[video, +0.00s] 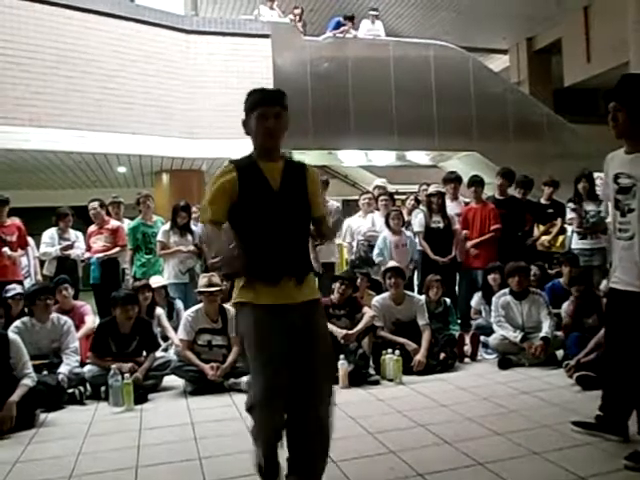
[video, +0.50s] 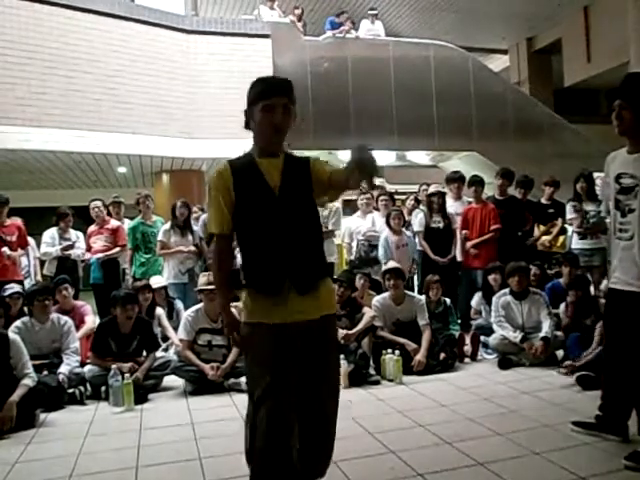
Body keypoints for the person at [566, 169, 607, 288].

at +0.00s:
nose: (583, 185)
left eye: (586, 182)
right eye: (580, 182)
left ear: (591, 185)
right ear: (576, 185)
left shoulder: (601, 203)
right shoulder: (572, 204)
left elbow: (604, 223)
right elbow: (576, 225)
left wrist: (585, 227)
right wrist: (598, 225)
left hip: (598, 248)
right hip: (579, 248)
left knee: (596, 285)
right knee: (579, 284)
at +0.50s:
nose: (582, 186)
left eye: (585, 182)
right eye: (579, 182)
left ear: (590, 185)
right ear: (575, 185)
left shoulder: (600, 204)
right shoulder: (572, 204)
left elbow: (605, 224)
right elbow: (577, 226)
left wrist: (586, 229)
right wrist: (598, 226)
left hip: (598, 246)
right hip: (579, 247)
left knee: (597, 284)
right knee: (579, 283)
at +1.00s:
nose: (583, 185)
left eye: (586, 182)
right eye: (580, 182)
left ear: (591, 184)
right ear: (576, 185)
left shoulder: (600, 201)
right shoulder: (571, 204)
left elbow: (603, 222)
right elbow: (576, 225)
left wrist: (586, 229)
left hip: (598, 247)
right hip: (579, 247)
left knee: (598, 283)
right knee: (580, 283)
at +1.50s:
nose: (584, 186)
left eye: (587, 183)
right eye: (581, 183)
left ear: (591, 185)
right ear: (576, 186)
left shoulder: (601, 202)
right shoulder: (571, 204)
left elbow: (602, 224)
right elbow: (575, 226)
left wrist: (585, 230)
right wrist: (581, 214)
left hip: (598, 247)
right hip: (579, 247)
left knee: (600, 285)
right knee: (579, 285)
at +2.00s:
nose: (585, 187)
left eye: (587, 183)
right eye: (581, 183)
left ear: (591, 185)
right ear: (577, 186)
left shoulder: (600, 201)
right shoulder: (571, 203)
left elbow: (602, 224)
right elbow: (575, 225)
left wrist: (584, 229)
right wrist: (581, 214)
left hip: (597, 246)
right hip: (579, 246)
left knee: (599, 282)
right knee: (580, 281)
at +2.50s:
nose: (584, 189)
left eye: (587, 185)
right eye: (581, 186)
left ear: (591, 186)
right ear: (577, 187)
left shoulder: (600, 201)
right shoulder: (571, 204)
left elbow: (603, 225)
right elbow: (575, 225)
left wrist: (583, 230)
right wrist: (583, 208)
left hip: (597, 246)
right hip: (579, 246)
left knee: (598, 279)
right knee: (580, 279)